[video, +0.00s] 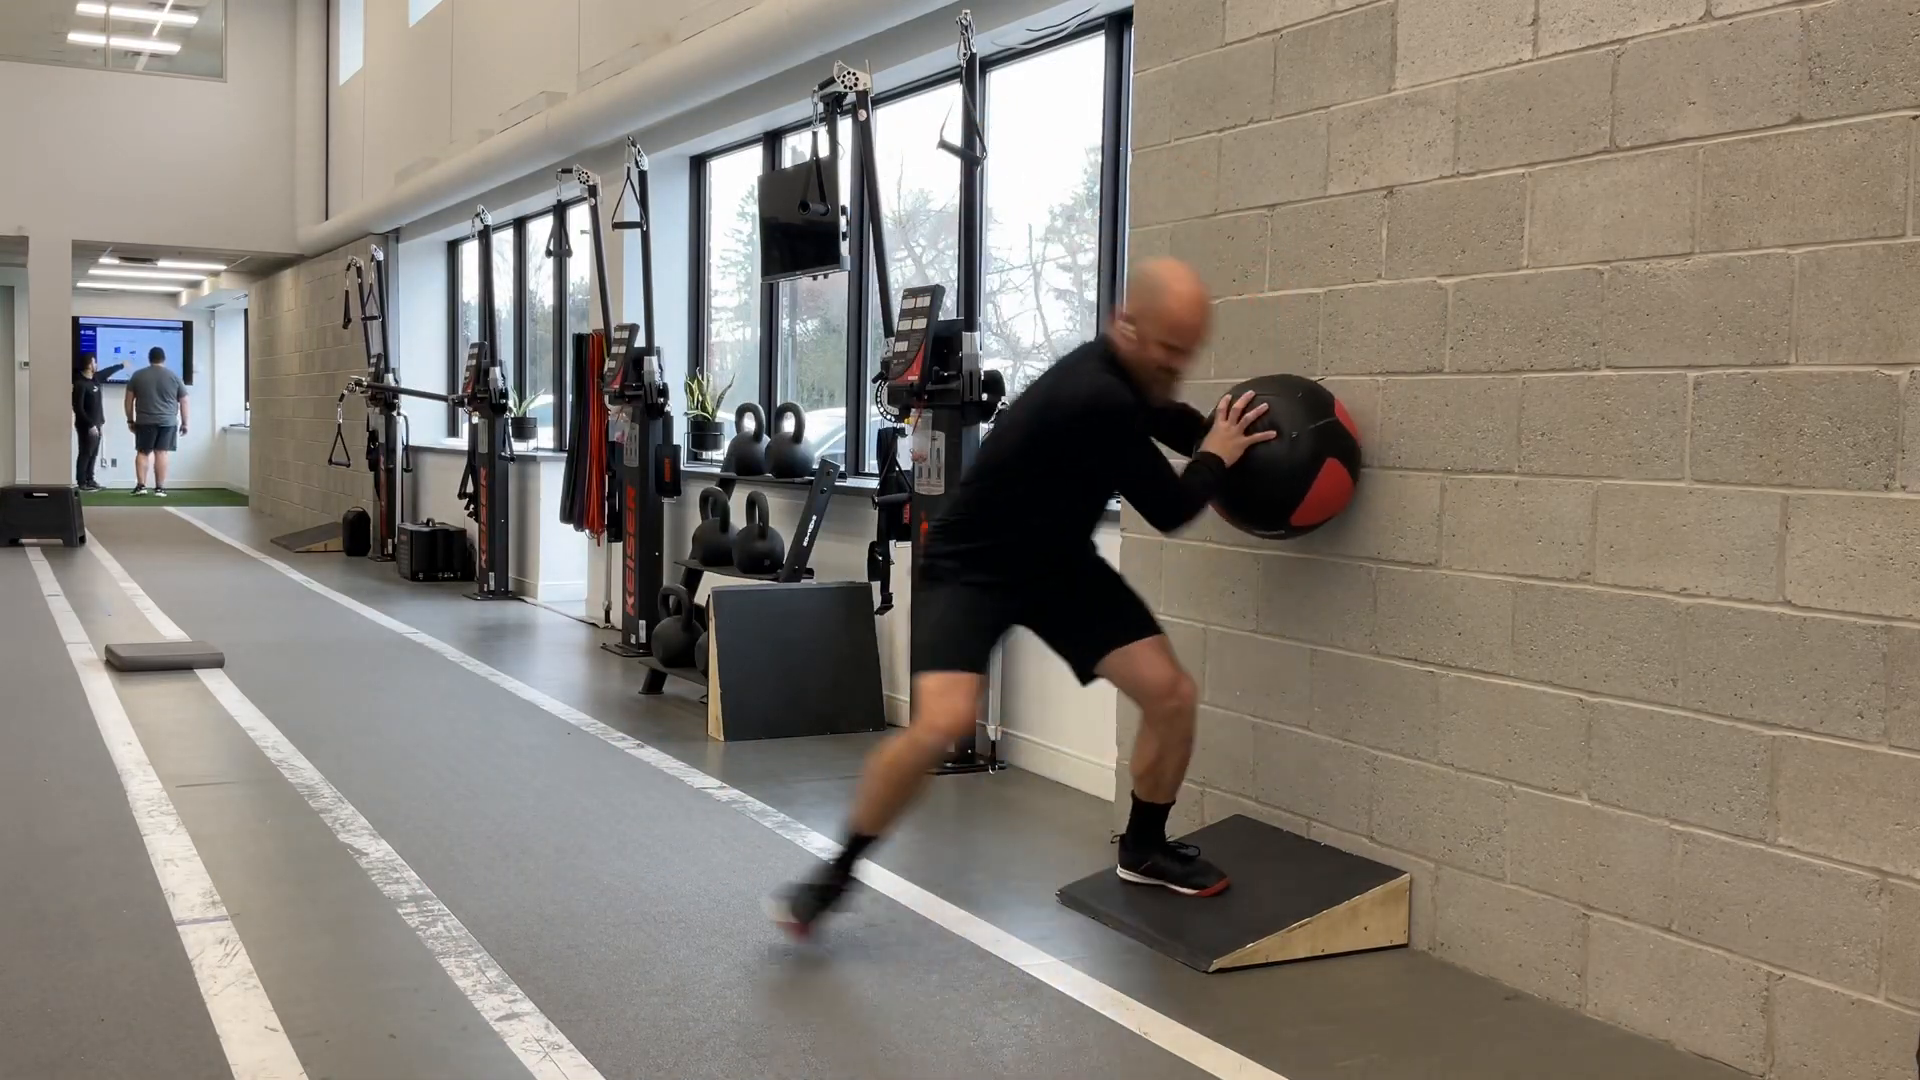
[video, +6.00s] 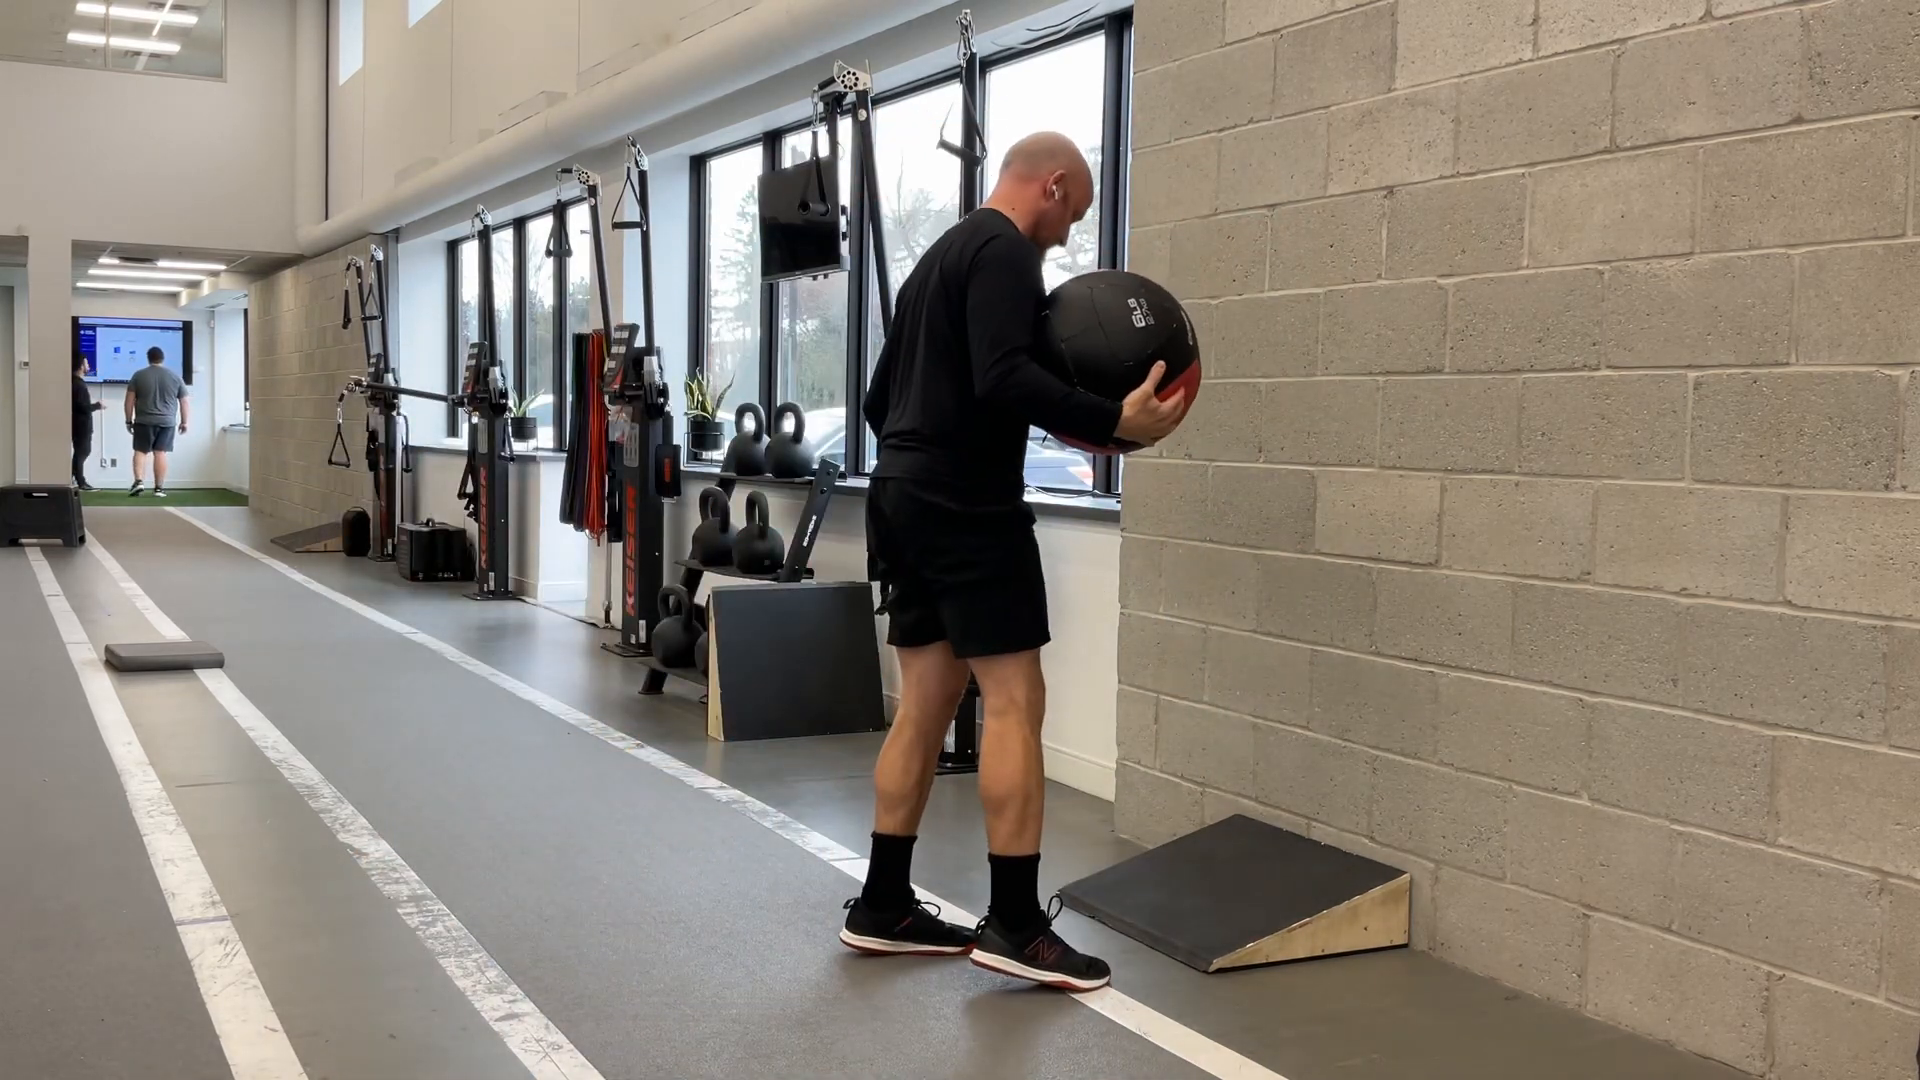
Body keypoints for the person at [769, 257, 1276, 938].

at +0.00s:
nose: (1179, 364)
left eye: (1188, 350)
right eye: (1169, 347)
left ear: (1192, 334)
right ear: (1125, 324)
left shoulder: (1125, 373)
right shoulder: (1092, 394)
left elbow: (1169, 421)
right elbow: (1169, 509)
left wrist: (1251, 439)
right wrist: (1215, 455)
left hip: (1056, 562)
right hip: (969, 563)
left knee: (1171, 695)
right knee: (943, 723)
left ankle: (1144, 848)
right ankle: (837, 873)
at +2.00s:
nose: (1081, 211)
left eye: (1087, 195)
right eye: (1081, 192)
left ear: (1028, 171)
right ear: (1044, 176)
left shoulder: (981, 252)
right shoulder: (999, 263)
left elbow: (1030, 388)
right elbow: (1007, 411)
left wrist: (1126, 408)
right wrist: (1112, 446)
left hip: (958, 514)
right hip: (983, 521)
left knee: (979, 705)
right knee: (1007, 713)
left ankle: (897, 878)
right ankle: (970, 925)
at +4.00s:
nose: (757, 323)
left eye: (771, 303)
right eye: (741, 303)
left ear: (787, 288)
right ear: (699, 277)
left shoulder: (784, 369)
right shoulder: (627, 344)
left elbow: (801, 486)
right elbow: (568, 451)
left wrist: (830, 517)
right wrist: (684, 445)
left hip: (714, 591)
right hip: (614, 591)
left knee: (833, 724)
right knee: (533, 784)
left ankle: (692, 833)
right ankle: (370, 955)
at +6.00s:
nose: (1068, 233)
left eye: (1076, 219)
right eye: (1075, 215)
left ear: (1017, 179)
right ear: (1052, 186)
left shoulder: (941, 256)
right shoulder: (1004, 251)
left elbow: (883, 402)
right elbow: (1006, 375)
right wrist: (1117, 421)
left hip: (903, 501)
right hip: (974, 505)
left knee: (925, 698)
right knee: (1015, 701)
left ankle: (882, 902)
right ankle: (1014, 924)